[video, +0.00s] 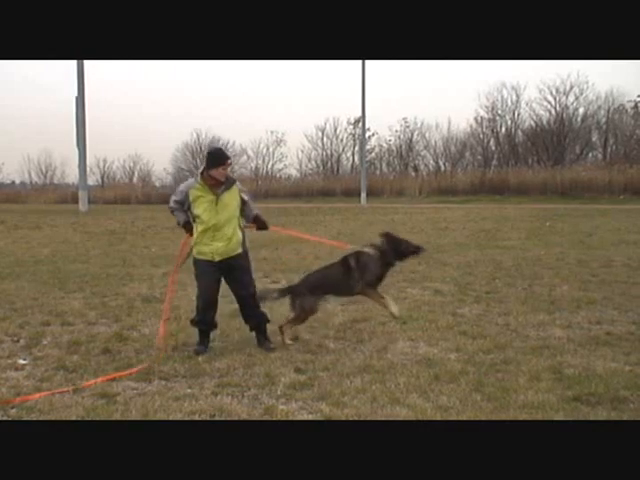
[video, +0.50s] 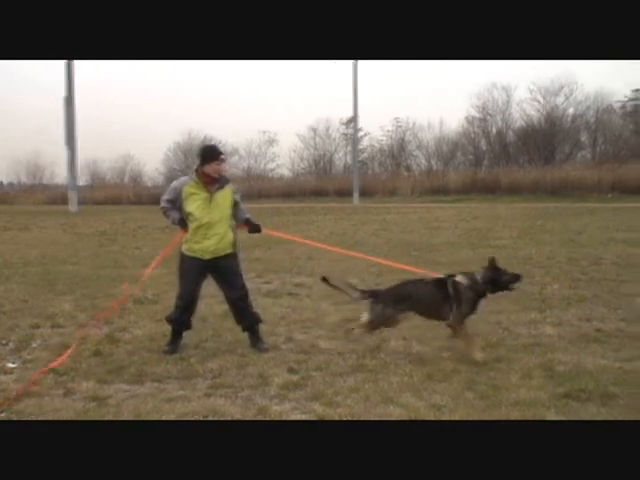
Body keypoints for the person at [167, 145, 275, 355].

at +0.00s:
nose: (226, 171)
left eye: (227, 167)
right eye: (222, 168)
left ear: (227, 168)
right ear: (210, 168)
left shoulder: (233, 187)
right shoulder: (190, 188)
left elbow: (245, 206)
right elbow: (175, 205)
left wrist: (256, 218)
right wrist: (184, 221)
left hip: (234, 253)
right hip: (205, 255)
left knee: (248, 295)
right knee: (206, 299)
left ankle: (262, 335)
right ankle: (203, 340)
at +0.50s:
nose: (221, 167)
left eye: (222, 163)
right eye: (217, 163)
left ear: (221, 165)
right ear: (204, 165)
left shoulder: (227, 188)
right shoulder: (183, 185)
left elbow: (237, 209)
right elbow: (166, 205)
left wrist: (248, 222)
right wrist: (179, 219)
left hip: (224, 253)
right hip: (193, 253)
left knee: (238, 295)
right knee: (186, 298)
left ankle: (255, 336)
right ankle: (175, 339)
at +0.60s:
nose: (194, 167)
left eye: (196, 162)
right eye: (189, 163)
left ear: (198, 164)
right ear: (177, 165)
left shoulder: (205, 189)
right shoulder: (158, 187)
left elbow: (217, 211)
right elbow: (142, 205)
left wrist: (231, 221)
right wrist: (154, 219)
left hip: (199, 253)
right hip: (169, 254)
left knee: (214, 297)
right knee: (160, 299)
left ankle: (230, 336)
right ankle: (147, 340)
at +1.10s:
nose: (175, 169)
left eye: (176, 165)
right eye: (171, 165)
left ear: (176, 165)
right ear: (158, 165)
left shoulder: (179, 187)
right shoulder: (136, 184)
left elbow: (185, 210)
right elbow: (117, 203)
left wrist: (192, 220)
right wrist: (130, 219)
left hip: (173, 253)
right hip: (144, 254)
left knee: (184, 297)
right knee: (133, 298)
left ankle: (198, 339)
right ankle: (117, 340)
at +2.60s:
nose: (144, 165)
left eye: (146, 160)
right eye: (140, 160)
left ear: (144, 161)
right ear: (126, 160)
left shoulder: (151, 189)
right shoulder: (99, 181)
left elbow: (156, 218)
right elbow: (75, 203)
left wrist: (165, 226)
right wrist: (93, 221)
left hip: (141, 259)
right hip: (108, 260)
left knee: (156, 306)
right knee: (99, 310)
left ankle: (176, 353)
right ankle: (84, 355)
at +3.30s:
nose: (117, 140)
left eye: (119, 135)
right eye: (112, 134)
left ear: (117, 136)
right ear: (96, 134)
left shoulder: (124, 163)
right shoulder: (66, 157)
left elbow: (131, 192)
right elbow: (42, 183)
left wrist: (136, 207)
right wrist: (62, 202)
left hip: (115, 244)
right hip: (78, 245)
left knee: (132, 296)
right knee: (70, 301)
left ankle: (155, 347)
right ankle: (52, 349)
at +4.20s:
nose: (86, 121)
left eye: (87, 116)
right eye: (81, 116)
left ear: (82, 118)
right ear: (64, 116)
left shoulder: (89, 146)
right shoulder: (35, 142)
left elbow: (95, 174)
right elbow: (7, 170)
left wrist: (100, 187)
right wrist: (32, 189)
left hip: (83, 232)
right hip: (48, 232)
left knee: (98, 284)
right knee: (36, 288)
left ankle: (121, 336)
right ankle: (15, 336)